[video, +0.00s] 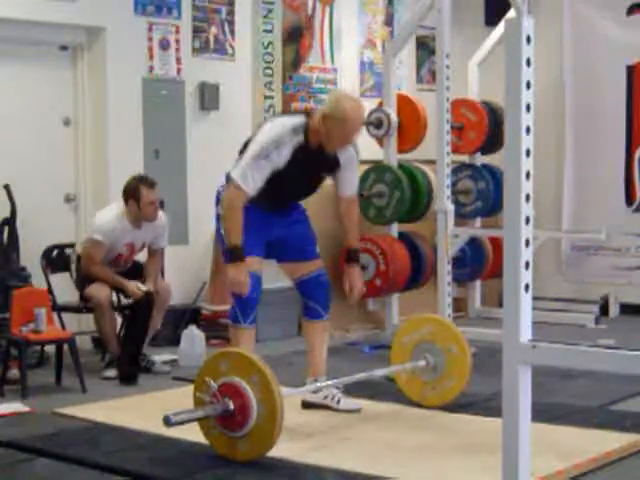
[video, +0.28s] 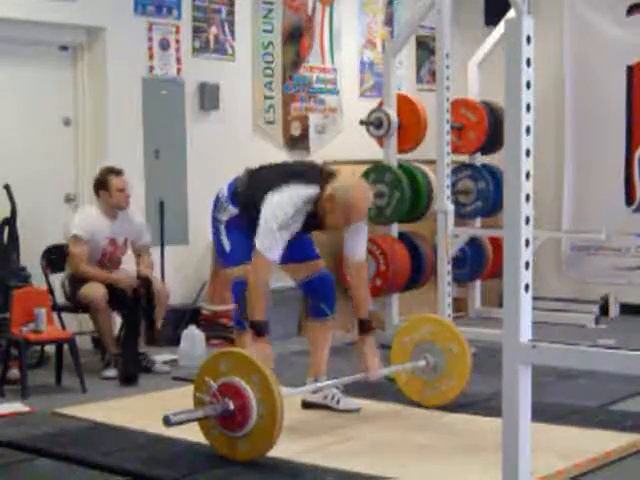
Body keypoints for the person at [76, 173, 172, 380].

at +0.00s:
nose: (156, 209)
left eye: (157, 203)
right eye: (151, 204)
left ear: (157, 201)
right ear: (132, 205)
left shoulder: (159, 221)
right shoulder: (106, 223)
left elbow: (155, 254)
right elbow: (90, 265)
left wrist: (151, 282)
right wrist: (125, 285)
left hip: (128, 266)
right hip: (99, 268)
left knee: (162, 291)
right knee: (101, 296)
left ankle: (139, 350)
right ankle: (115, 356)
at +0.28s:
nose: (127, 195)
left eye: (127, 189)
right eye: (121, 190)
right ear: (102, 195)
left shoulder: (130, 218)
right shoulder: (85, 219)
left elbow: (143, 252)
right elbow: (78, 266)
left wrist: (144, 271)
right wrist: (116, 278)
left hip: (116, 273)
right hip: (86, 275)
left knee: (159, 291)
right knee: (98, 295)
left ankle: (144, 349)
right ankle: (112, 355)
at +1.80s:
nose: (149, 214)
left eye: (148, 208)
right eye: (145, 208)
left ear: (131, 211)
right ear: (129, 211)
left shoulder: (143, 227)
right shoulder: (93, 226)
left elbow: (147, 259)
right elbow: (76, 267)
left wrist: (142, 275)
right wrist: (115, 281)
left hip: (121, 279)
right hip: (87, 279)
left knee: (161, 287)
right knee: (93, 292)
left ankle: (150, 352)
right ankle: (96, 358)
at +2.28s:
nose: (181, 211)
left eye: (181, 206)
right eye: (177, 206)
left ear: (161, 209)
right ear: (159, 209)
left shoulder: (171, 226)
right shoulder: (128, 223)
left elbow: (164, 256)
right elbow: (103, 262)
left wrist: (153, 281)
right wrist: (124, 291)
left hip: (138, 266)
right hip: (107, 266)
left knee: (171, 290)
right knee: (101, 297)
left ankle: (150, 352)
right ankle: (97, 359)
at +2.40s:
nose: (188, 187)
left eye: (188, 180)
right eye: (184, 181)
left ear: (170, 183)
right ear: (167, 182)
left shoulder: (178, 205)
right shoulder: (133, 204)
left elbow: (168, 245)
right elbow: (110, 248)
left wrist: (160, 278)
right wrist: (125, 290)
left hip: (139, 253)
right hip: (106, 251)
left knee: (173, 291)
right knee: (105, 297)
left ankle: (150, 352)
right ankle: (97, 358)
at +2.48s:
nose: (191, 169)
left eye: (191, 163)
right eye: (187, 164)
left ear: (175, 166)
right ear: (170, 167)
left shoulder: (183, 192)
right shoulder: (142, 188)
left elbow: (171, 239)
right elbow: (118, 232)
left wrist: (161, 275)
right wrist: (125, 279)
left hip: (142, 245)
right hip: (109, 241)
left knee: (170, 289)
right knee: (108, 294)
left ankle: (151, 352)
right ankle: (98, 357)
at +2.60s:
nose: (199, 145)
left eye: (199, 140)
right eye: (194, 140)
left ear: (184, 141)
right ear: (177, 140)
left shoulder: (188, 172)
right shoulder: (152, 166)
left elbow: (178, 215)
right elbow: (127, 212)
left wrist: (171, 255)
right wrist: (136, 258)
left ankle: (150, 352)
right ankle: (98, 356)